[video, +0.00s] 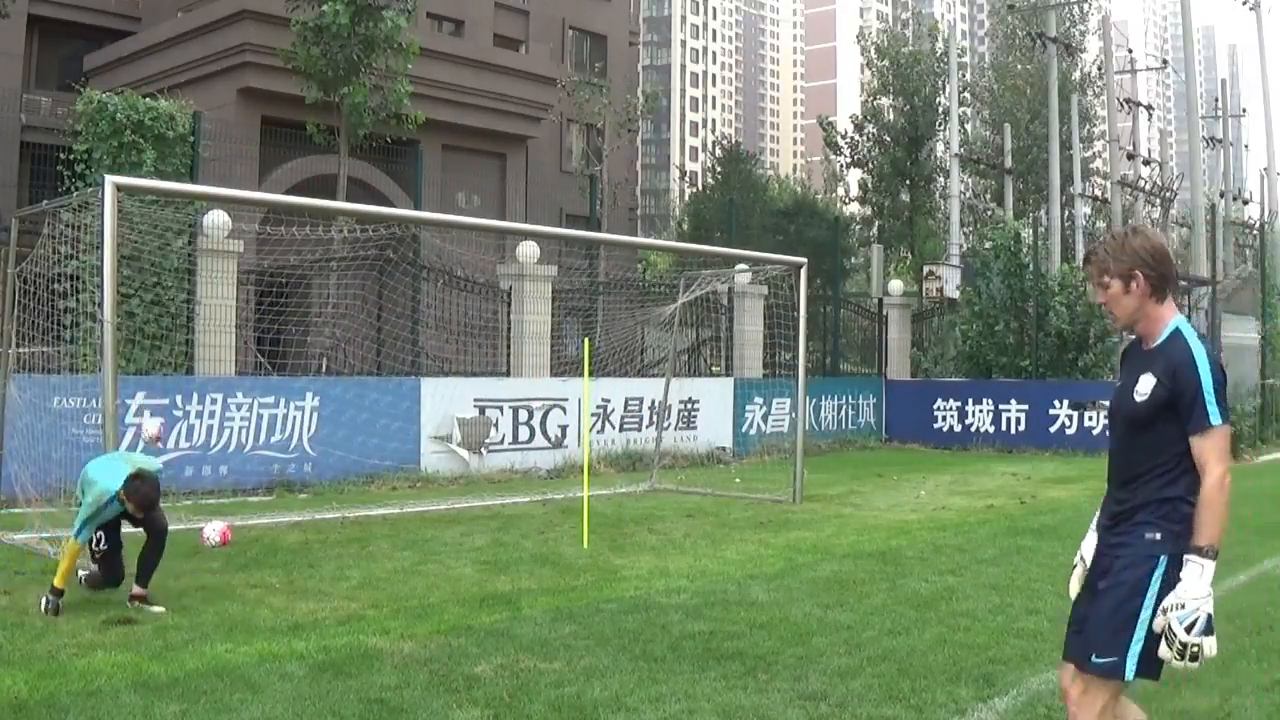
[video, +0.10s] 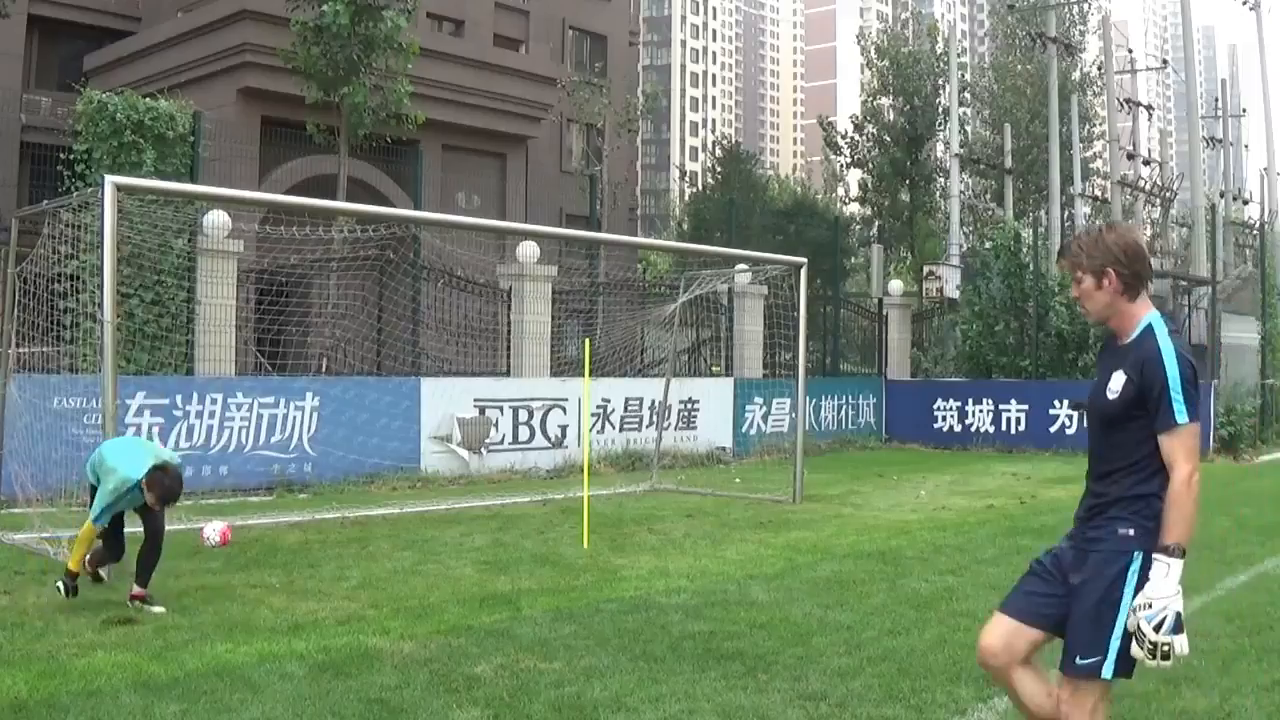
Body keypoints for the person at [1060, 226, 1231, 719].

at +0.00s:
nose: (1098, 299)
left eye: (1104, 287)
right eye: (1096, 287)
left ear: (1139, 283)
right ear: (1133, 286)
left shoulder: (1190, 356)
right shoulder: (1136, 351)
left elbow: (1217, 473)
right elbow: (1131, 462)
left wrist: (1198, 575)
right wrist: (1098, 531)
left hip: (1155, 543)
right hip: (1118, 537)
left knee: (1090, 695)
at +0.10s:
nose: (1073, 295)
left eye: (1079, 282)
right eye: (1072, 283)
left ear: (1111, 281)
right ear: (1107, 284)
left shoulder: (1161, 355)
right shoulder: (1116, 346)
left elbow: (1186, 472)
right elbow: (1123, 457)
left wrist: (1166, 577)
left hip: (1128, 547)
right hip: (1085, 537)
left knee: (1078, 703)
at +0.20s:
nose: (1058, 287)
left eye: (1063, 276)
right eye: (1058, 276)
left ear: (1095, 278)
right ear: (1093, 279)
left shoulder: (1146, 351)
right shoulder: (1108, 341)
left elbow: (1171, 468)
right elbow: (1114, 454)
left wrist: (1144, 570)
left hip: (1112, 547)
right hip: (1069, 534)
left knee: (1080, 705)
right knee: (967, 623)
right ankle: (997, 715)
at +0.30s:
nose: (1041, 286)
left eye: (1045, 273)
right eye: (1040, 274)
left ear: (1076, 277)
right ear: (1079, 278)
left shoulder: (1130, 352)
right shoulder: (1093, 342)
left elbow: (1152, 471)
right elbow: (1099, 456)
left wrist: (1112, 570)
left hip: (1097, 552)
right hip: (1055, 537)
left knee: (1074, 705)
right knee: (948, 620)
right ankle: (920, 716)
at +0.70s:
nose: (1005, 328)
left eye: (1005, 315)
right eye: (1000, 318)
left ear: (1034, 299)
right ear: (1034, 301)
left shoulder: (1097, 364)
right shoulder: (1066, 353)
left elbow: (1119, 483)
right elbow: (1073, 458)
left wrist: (1070, 575)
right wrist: (1027, 505)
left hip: (1099, 550)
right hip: (1062, 536)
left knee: (1028, 706)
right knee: (980, 661)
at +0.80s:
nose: (993, 340)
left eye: (993, 327)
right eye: (987, 330)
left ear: (1022, 311)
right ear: (1022, 310)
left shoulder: (1081, 371)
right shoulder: (1064, 361)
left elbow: (1102, 495)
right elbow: (1057, 450)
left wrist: (1053, 587)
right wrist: (1003, 509)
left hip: (1115, 549)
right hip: (1092, 541)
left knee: (1038, 698)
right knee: (1017, 677)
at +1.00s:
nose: (980, 332)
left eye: (980, 319)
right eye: (976, 321)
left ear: (1011, 307)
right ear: (1013, 306)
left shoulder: (1075, 354)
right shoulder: (1057, 348)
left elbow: (1082, 485)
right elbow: (1044, 440)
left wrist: (1012, 563)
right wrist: (974, 495)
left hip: (1150, 527)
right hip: (1131, 523)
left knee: (1109, 697)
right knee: (1093, 668)